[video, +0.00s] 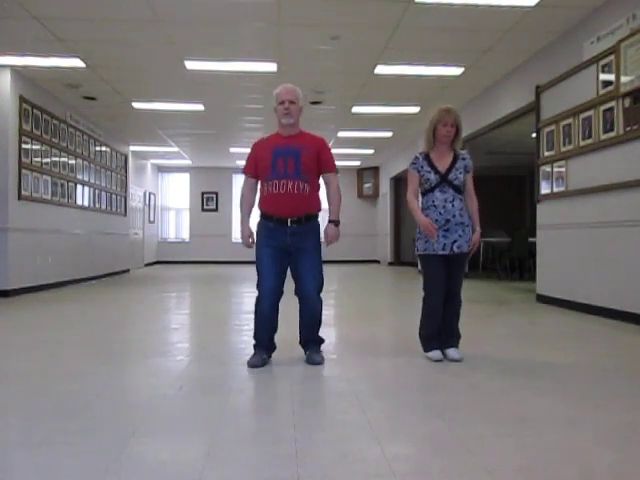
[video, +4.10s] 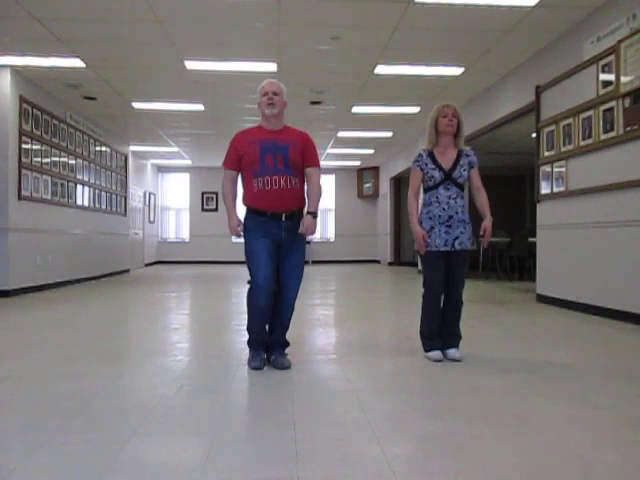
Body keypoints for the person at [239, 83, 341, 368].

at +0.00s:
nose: (287, 107)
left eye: (292, 102)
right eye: (281, 103)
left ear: (301, 107)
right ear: (274, 108)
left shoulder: (317, 145)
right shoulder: (261, 147)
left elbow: (332, 184)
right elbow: (250, 186)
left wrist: (334, 220)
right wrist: (244, 222)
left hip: (306, 229)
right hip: (271, 228)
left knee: (311, 291)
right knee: (268, 292)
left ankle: (312, 345)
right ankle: (262, 348)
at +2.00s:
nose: (266, 101)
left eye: (271, 97)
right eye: (260, 97)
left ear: (279, 107)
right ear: (252, 107)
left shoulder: (294, 144)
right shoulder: (236, 143)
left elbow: (307, 183)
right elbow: (224, 183)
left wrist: (312, 219)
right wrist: (223, 221)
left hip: (283, 225)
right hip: (246, 225)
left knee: (290, 291)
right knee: (245, 292)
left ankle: (297, 348)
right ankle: (248, 348)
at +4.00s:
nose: (271, 98)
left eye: (276, 93)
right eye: (265, 94)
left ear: (286, 101)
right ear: (258, 102)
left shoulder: (302, 138)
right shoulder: (244, 139)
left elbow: (316, 179)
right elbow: (231, 179)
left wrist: (319, 215)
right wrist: (233, 215)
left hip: (292, 222)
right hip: (255, 221)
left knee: (287, 288)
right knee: (251, 285)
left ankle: (277, 347)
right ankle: (255, 348)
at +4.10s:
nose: (270, 97)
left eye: (275, 93)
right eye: (265, 94)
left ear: (285, 102)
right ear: (258, 102)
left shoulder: (301, 139)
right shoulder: (243, 139)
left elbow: (313, 179)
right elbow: (229, 178)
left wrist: (311, 213)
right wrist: (232, 215)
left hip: (293, 221)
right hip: (258, 220)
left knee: (289, 288)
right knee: (262, 285)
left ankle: (277, 348)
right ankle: (257, 348)